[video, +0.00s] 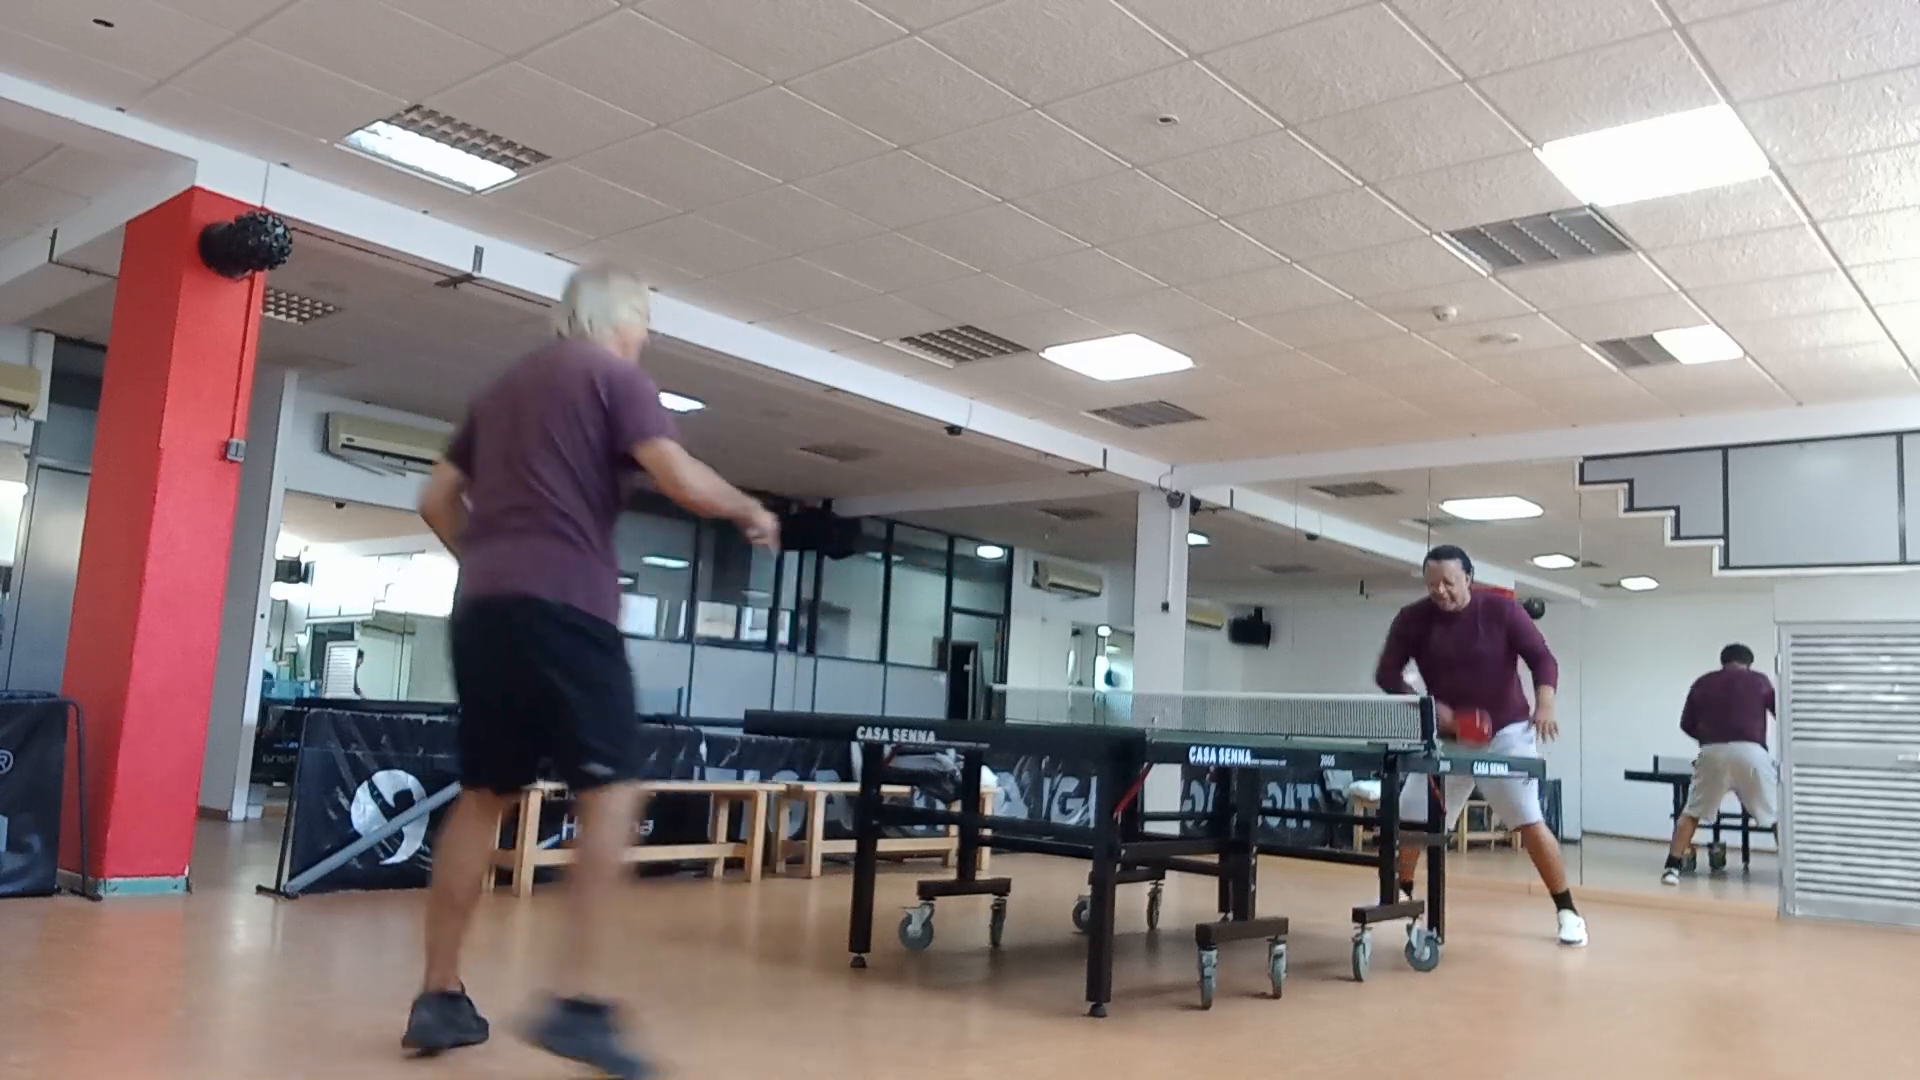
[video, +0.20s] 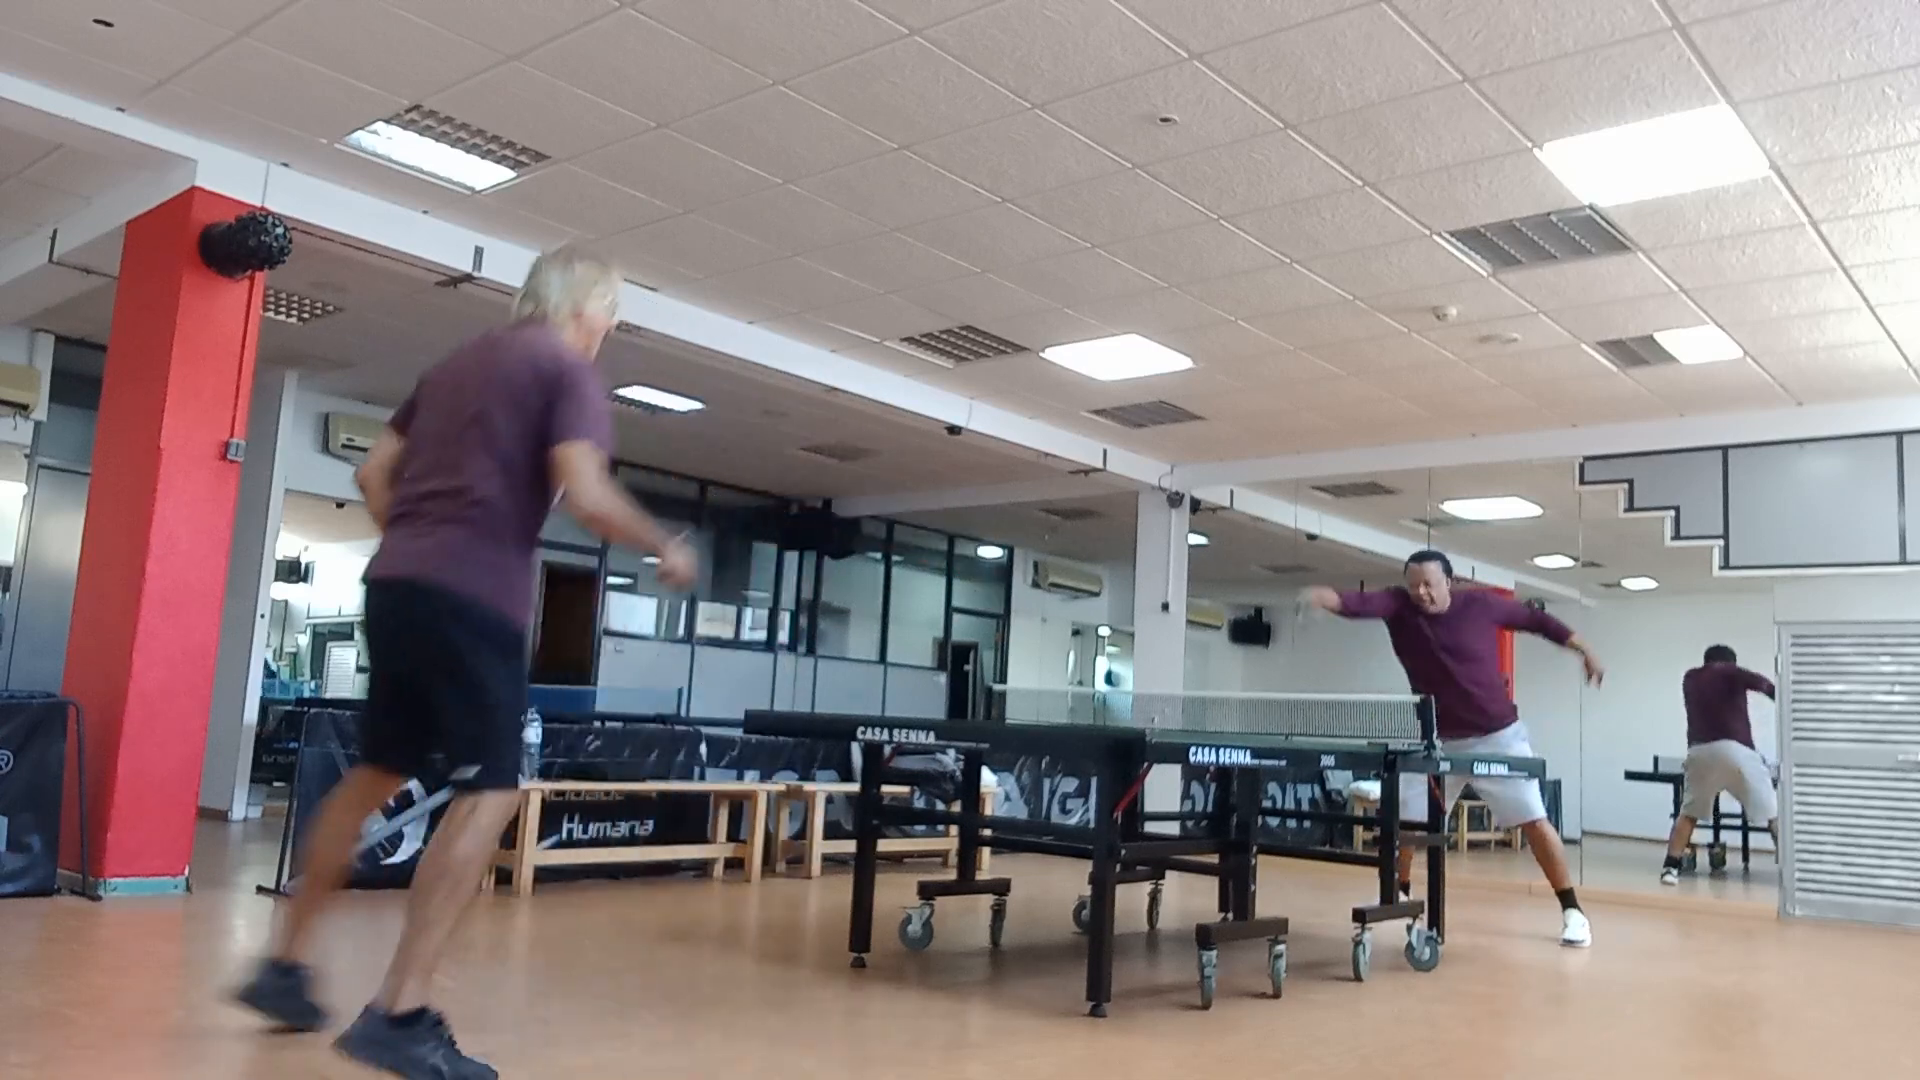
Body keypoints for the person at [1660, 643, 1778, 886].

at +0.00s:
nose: (1749, 669)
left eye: (1746, 667)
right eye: (1749, 666)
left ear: (1722, 662)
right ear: (1749, 664)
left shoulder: (1703, 682)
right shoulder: (1759, 681)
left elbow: (1687, 724)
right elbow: (1782, 713)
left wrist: (1711, 738)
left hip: (1712, 752)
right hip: (1751, 752)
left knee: (1691, 812)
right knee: (1777, 817)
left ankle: (1672, 867)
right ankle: (1794, 875)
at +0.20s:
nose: (1734, 667)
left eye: (1734, 665)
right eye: (1733, 664)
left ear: (1706, 661)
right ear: (1730, 661)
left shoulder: (1690, 677)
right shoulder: (1732, 671)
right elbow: (1763, 684)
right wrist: (1780, 695)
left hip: (1699, 750)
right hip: (1734, 748)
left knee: (1689, 812)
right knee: (1772, 812)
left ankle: (1670, 868)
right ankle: (1792, 867)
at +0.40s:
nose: (1739, 658)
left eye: (1738, 656)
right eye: (1739, 655)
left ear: (1711, 650)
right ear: (1735, 653)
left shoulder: (1689, 669)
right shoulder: (1736, 666)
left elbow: (1661, 694)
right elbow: (1762, 679)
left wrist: (1635, 710)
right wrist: (1770, 680)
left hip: (1695, 746)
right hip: (1731, 746)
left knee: (1685, 809)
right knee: (1761, 806)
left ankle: (1669, 867)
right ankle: (1780, 855)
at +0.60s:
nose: (1745, 656)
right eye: (1746, 652)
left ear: (1721, 648)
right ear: (1747, 650)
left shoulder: (1699, 673)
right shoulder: (1757, 671)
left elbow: (1676, 710)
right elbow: (1777, 694)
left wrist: (1655, 741)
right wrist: (1773, 707)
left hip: (1710, 750)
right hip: (1749, 750)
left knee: (1690, 813)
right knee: (1773, 813)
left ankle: (1670, 867)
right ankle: (1788, 870)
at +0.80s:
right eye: (1754, 646)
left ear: (1730, 644)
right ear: (1756, 645)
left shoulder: (1713, 668)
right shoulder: (1772, 668)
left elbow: (1697, 710)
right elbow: (1787, 707)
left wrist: (1684, 745)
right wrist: (1790, 744)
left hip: (1729, 746)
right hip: (1767, 746)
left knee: (1710, 808)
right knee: (1781, 807)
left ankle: (1697, 861)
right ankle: (1780, 851)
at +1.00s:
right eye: (1755, 646)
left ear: (1731, 644)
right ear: (1758, 644)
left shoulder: (1719, 668)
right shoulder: (1773, 668)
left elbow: (1705, 706)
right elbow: (1787, 704)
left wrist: (1690, 738)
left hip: (1741, 750)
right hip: (1776, 747)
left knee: (1726, 813)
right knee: (1781, 814)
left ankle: (1729, 873)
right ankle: (1792, 868)